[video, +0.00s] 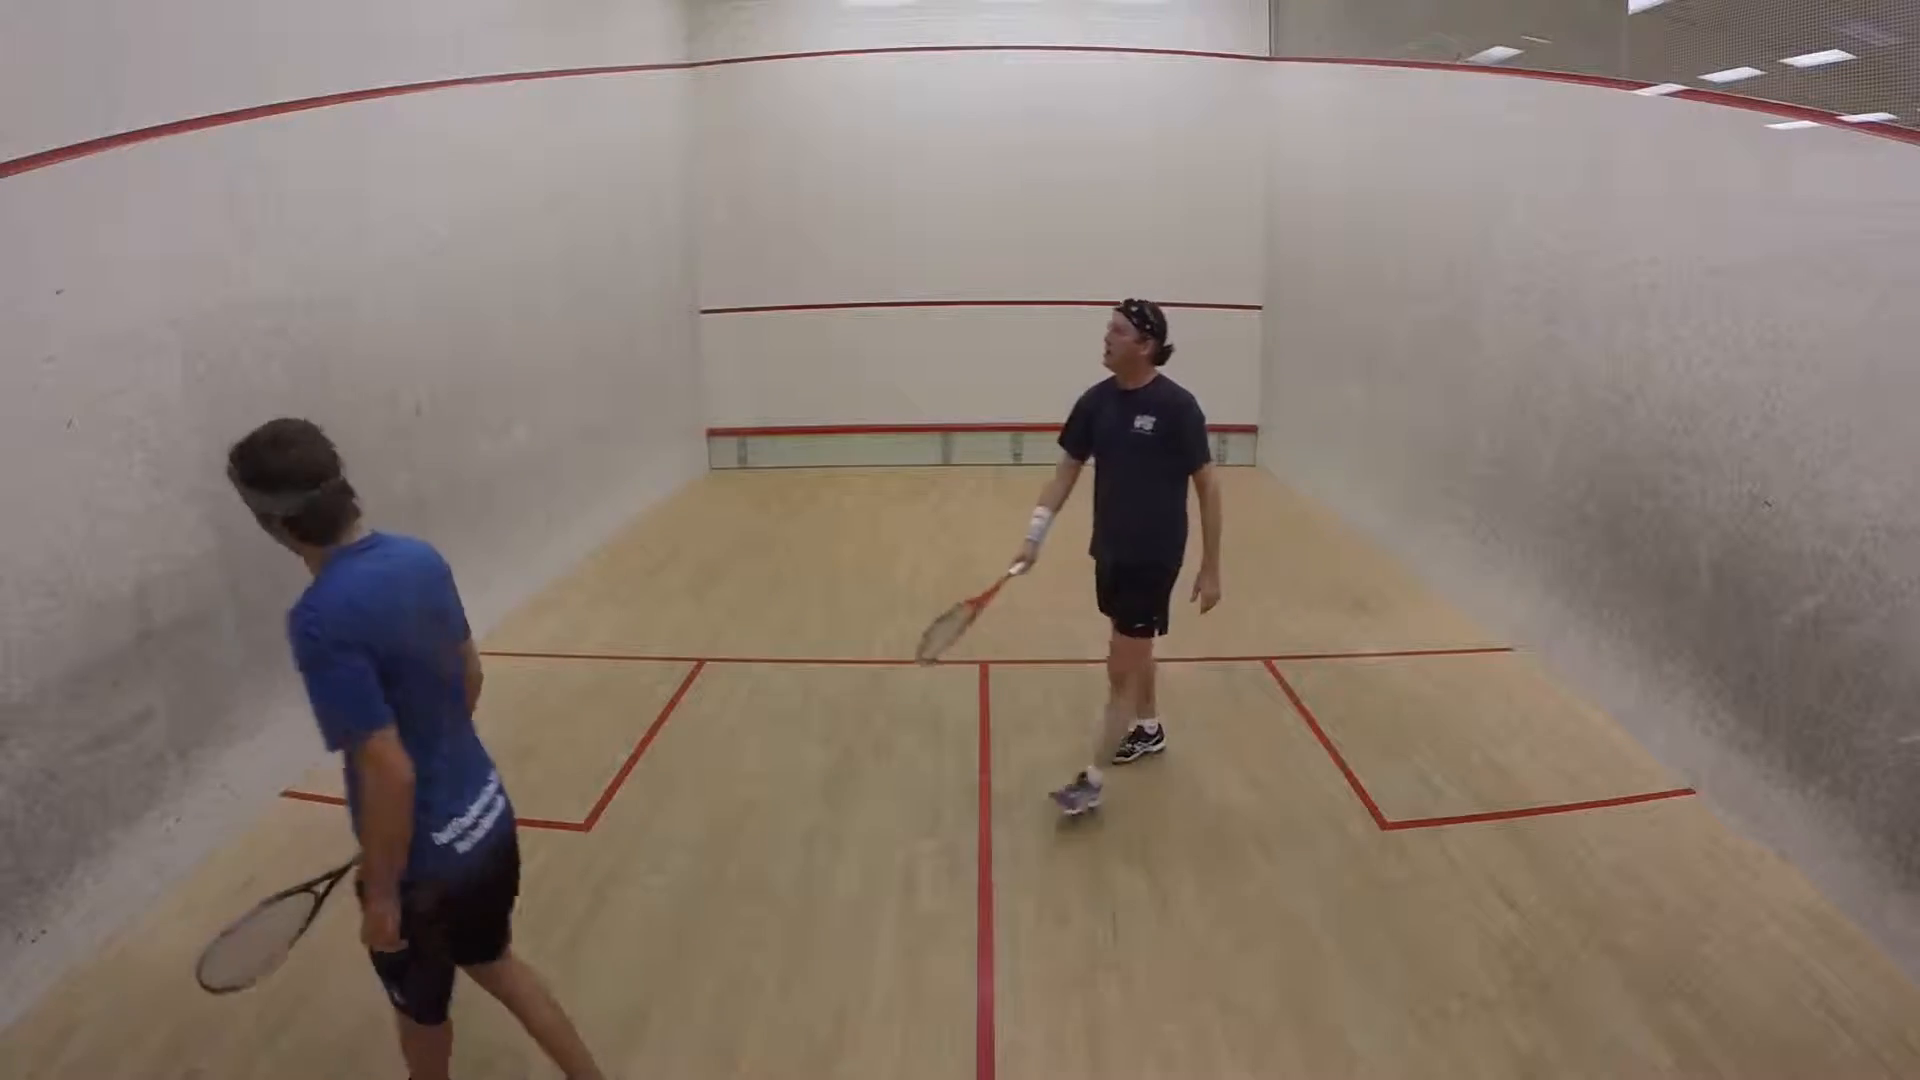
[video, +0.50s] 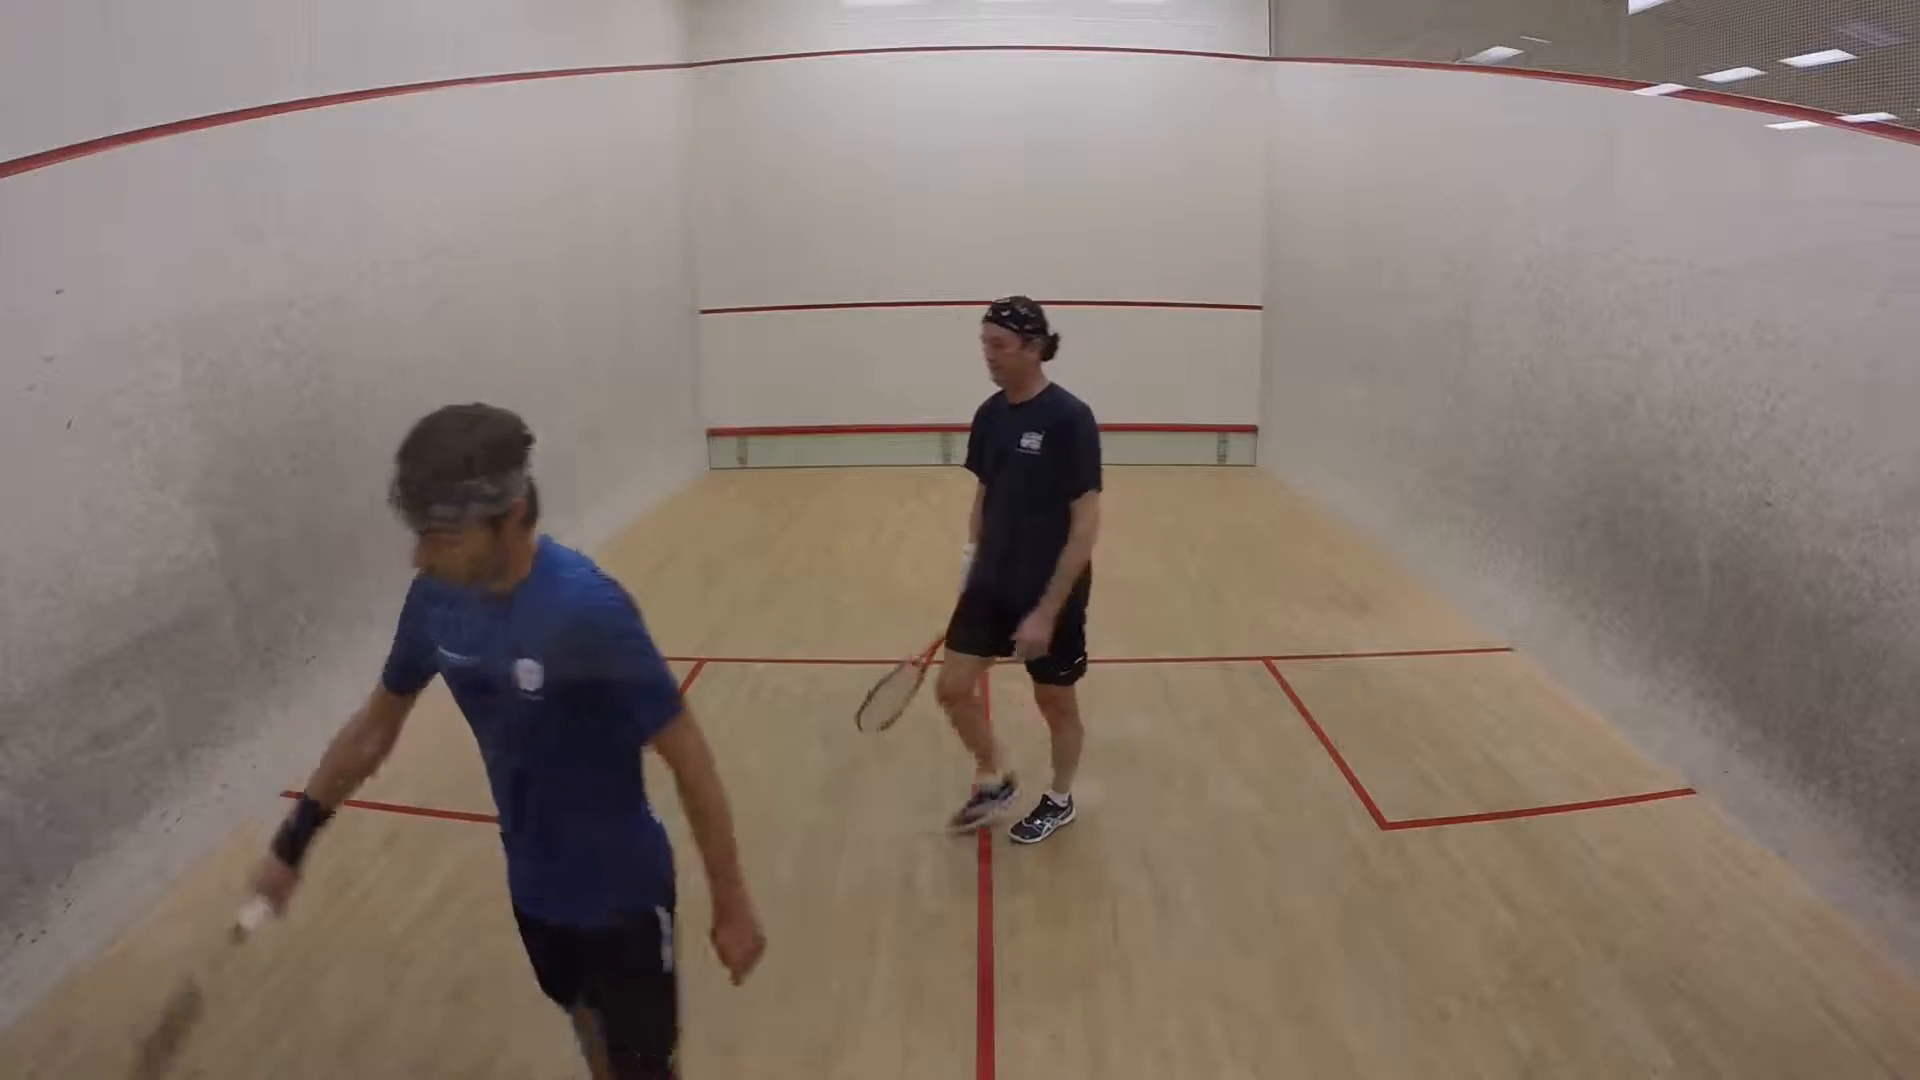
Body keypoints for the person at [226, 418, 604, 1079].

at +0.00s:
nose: (260, 523)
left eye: (258, 512)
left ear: (274, 524)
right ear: (342, 480)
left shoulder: (323, 619)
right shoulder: (417, 557)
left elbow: (388, 771)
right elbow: (467, 677)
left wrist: (381, 894)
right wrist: (420, 761)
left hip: (423, 867)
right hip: (491, 825)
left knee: (423, 1022)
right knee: (491, 957)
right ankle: (587, 1071)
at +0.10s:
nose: (279, 546)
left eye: (277, 532)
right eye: (272, 533)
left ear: (306, 528)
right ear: (356, 493)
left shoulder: (375, 613)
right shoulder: (419, 560)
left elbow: (467, 754)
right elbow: (463, 694)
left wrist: (454, 896)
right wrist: (408, 782)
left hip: (457, 869)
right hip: (515, 824)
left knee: (442, 1021)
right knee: (523, 971)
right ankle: (594, 1073)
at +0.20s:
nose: (289, 543)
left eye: (292, 524)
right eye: (283, 526)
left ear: (338, 512)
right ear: (350, 507)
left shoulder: (417, 598)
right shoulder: (427, 555)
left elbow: (534, 736)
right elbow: (423, 684)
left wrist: (543, 886)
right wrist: (352, 764)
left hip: (483, 858)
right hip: (522, 829)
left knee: (473, 1015)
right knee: (547, 982)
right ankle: (597, 1072)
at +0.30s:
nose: (318, 538)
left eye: (324, 516)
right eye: (313, 518)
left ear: (384, 504)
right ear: (385, 505)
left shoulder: (466, 595)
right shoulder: (424, 568)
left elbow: (584, 726)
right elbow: (394, 673)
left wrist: (628, 878)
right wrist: (295, 751)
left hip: (532, 863)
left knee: (515, 1043)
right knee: (581, 1005)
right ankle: (604, 1077)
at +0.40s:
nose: (360, 541)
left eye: (373, 518)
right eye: (358, 519)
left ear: (442, 501)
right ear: (436, 506)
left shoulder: (525, 604)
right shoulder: (424, 578)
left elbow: (637, 739)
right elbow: (369, 688)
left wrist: (693, 888)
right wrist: (267, 776)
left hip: (581, 877)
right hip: (527, 862)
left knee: (574, 1062)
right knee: (592, 1030)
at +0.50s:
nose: (425, 557)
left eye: (445, 536)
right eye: (419, 534)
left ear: (513, 516)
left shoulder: (590, 610)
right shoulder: (434, 596)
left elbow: (686, 750)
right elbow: (374, 728)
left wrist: (731, 903)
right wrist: (290, 842)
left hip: (620, 889)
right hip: (536, 885)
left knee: (641, 1065)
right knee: (594, 1037)